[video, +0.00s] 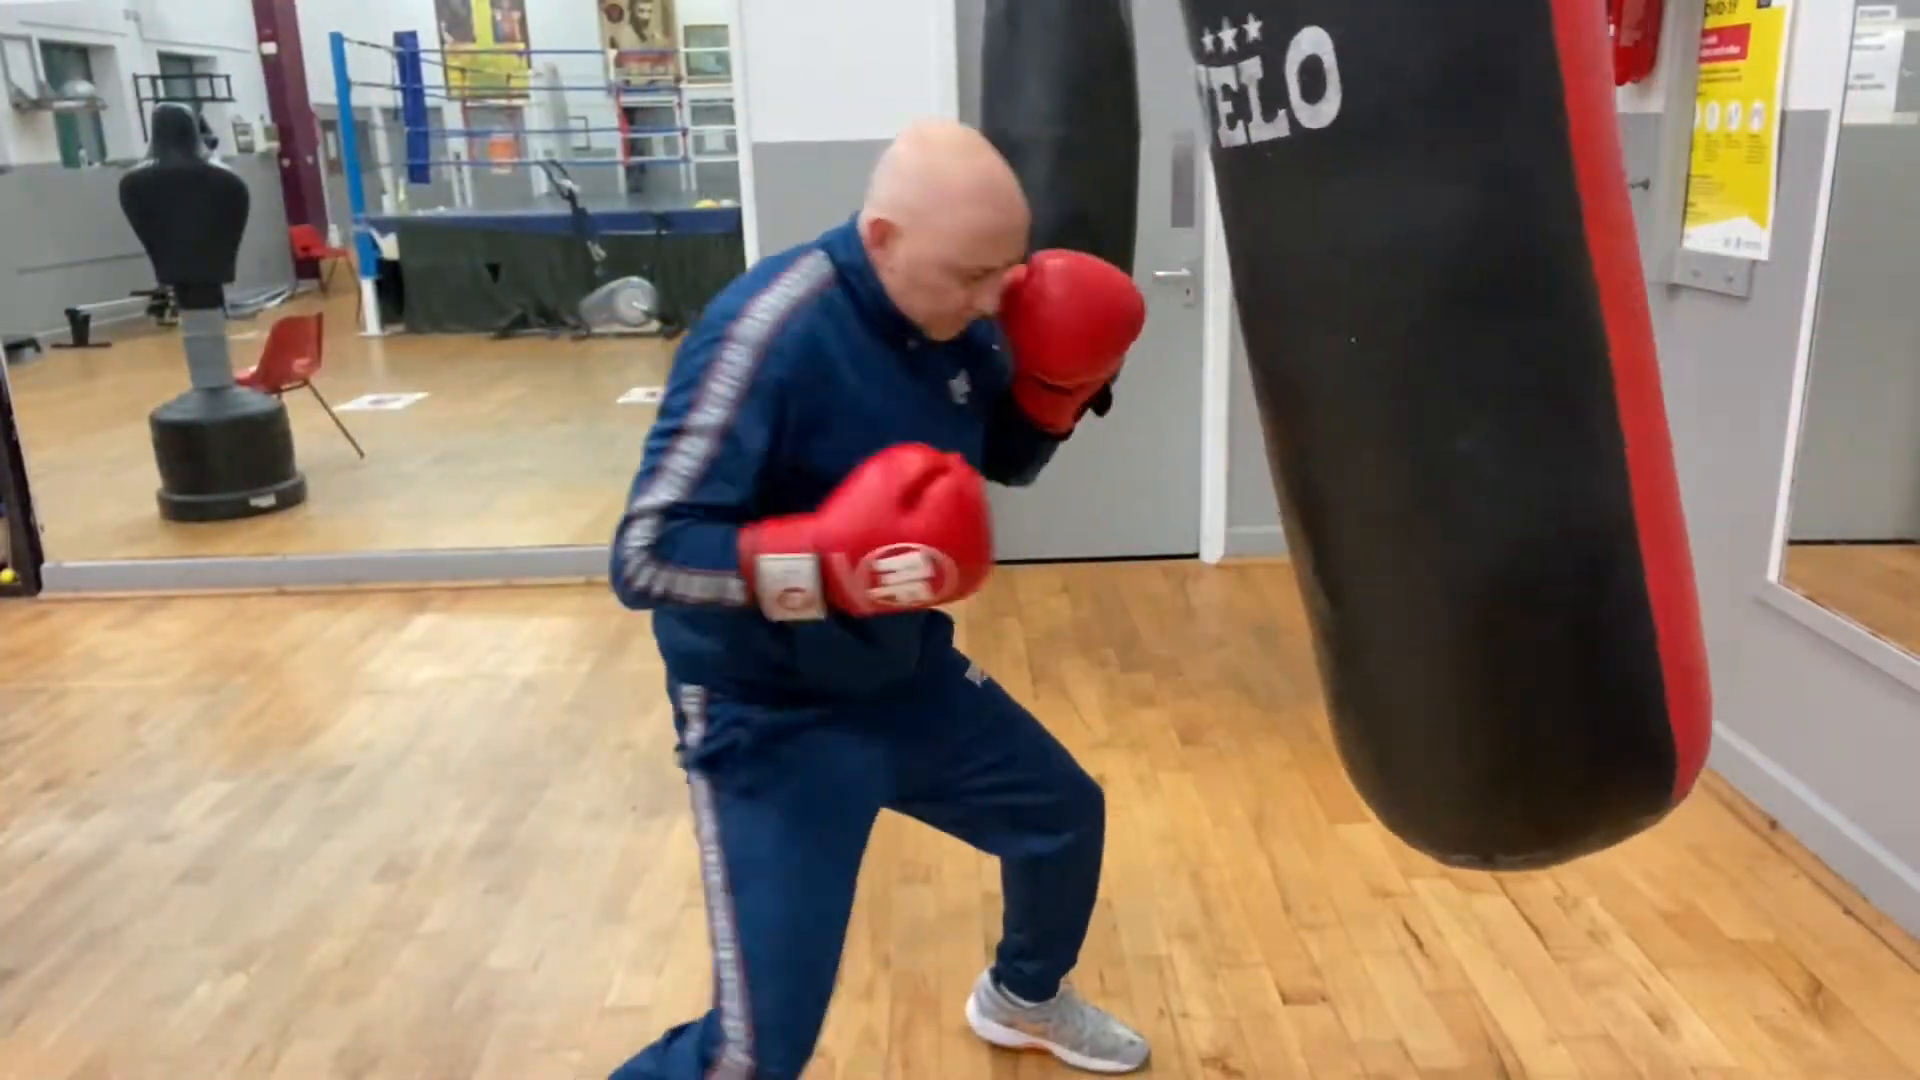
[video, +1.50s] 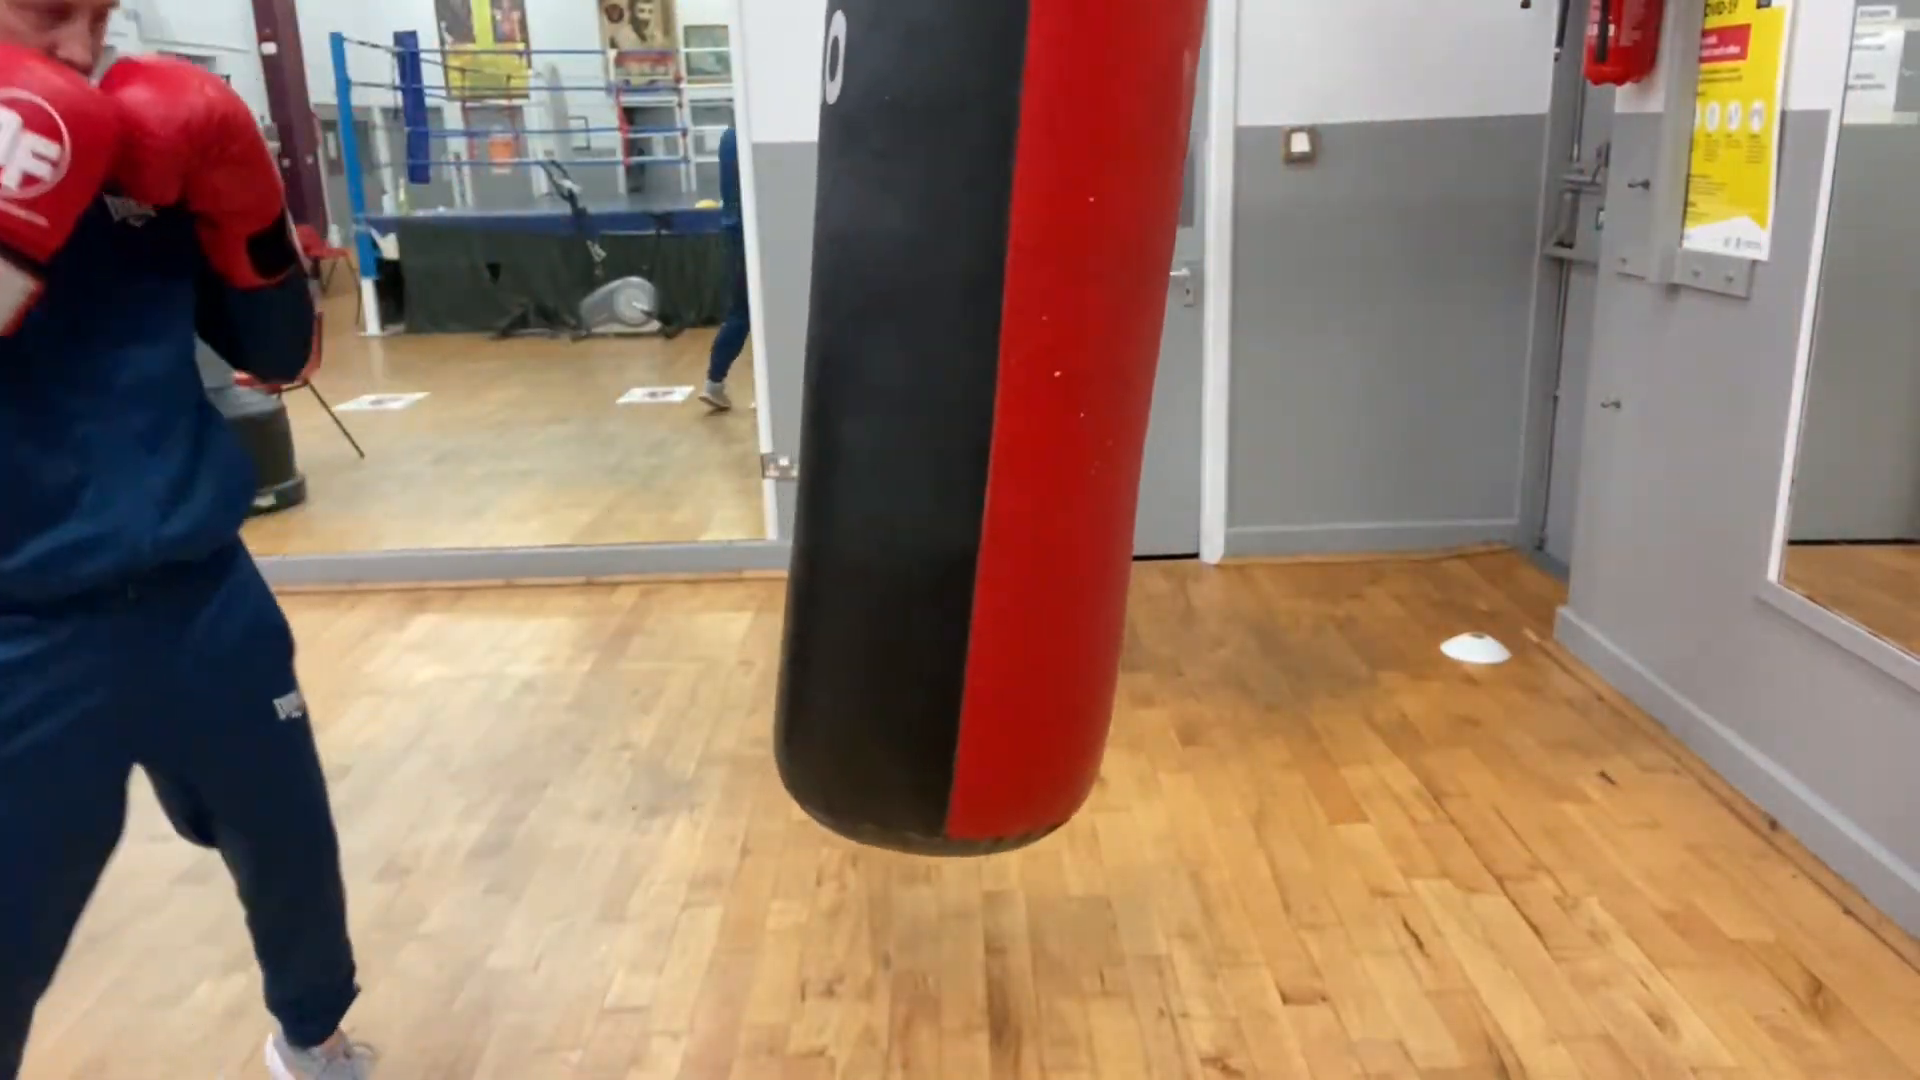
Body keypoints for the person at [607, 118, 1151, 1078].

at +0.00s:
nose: (995, 299)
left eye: (1004, 274)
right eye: (974, 279)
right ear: (885, 239)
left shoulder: (955, 315)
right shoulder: (763, 329)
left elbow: (1006, 458)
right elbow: (646, 555)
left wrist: (1059, 384)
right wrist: (823, 567)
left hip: (904, 678)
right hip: (766, 716)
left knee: (1062, 816)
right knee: (756, 1052)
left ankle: (1024, 997)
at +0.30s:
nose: (636, 112)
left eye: (660, 80)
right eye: (603, 83)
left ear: (679, 54)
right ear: (504, 44)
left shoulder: (699, 158)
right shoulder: (406, 167)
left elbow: (800, 352)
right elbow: (369, 421)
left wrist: (824, 247)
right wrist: (485, 243)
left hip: (700, 606)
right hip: (518, 636)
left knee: (822, 819)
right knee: (520, 946)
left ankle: (810, 1007)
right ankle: (505, 1068)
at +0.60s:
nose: (403, 153)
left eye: (422, 118)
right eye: (369, 120)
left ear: (440, 95)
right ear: (266, 86)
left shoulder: (447, 207)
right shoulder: (153, 220)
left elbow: (564, 440)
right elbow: (145, 491)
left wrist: (545, 308)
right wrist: (276, 339)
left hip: (484, 677)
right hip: (278, 708)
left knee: (640, 900)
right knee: (189, 1015)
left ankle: (674, 1049)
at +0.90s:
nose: (160, 82)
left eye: (180, 45)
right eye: (123, 41)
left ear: (196, 39)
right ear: (15, 26)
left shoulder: (212, 164)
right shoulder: (8, 199)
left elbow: (346, 385)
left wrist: (316, 233)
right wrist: (33, 279)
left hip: (269, 627)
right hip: (59, 669)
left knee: (417, 880)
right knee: (40, 1025)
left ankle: (350, 1050)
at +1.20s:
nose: (108, 20)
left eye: (124, 2)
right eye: (73, 8)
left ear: (145, 11)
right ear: (9, 17)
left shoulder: (184, 130)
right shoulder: (9, 161)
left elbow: (307, 346)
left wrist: (275, 189)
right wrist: (30, 208)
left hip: (222, 594)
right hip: (34, 619)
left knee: (300, 866)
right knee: (28, 966)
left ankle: (303, 1051)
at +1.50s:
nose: (77, 38)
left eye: (94, 13)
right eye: (48, 13)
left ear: (116, 17)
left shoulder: (145, 150)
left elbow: (278, 355)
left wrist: (243, 192)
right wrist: (24, 224)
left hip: (202, 594)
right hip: (33, 626)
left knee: (291, 847)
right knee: (15, 949)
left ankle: (312, 1040)